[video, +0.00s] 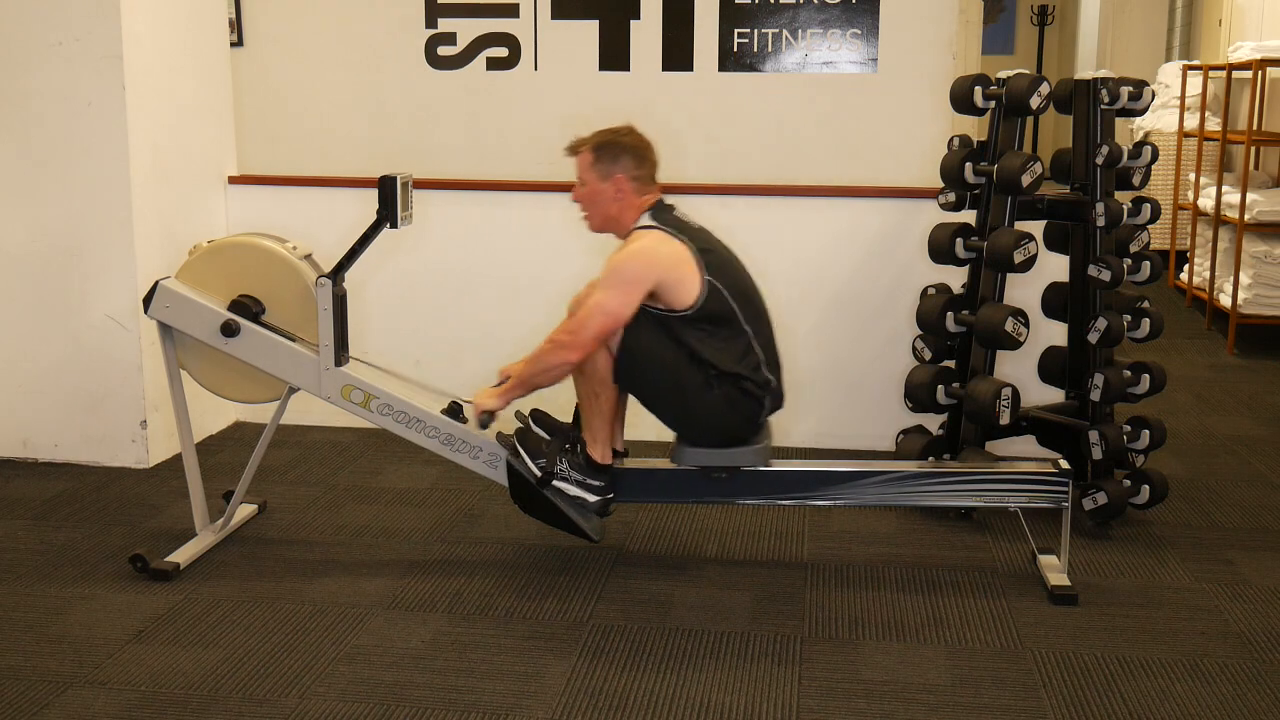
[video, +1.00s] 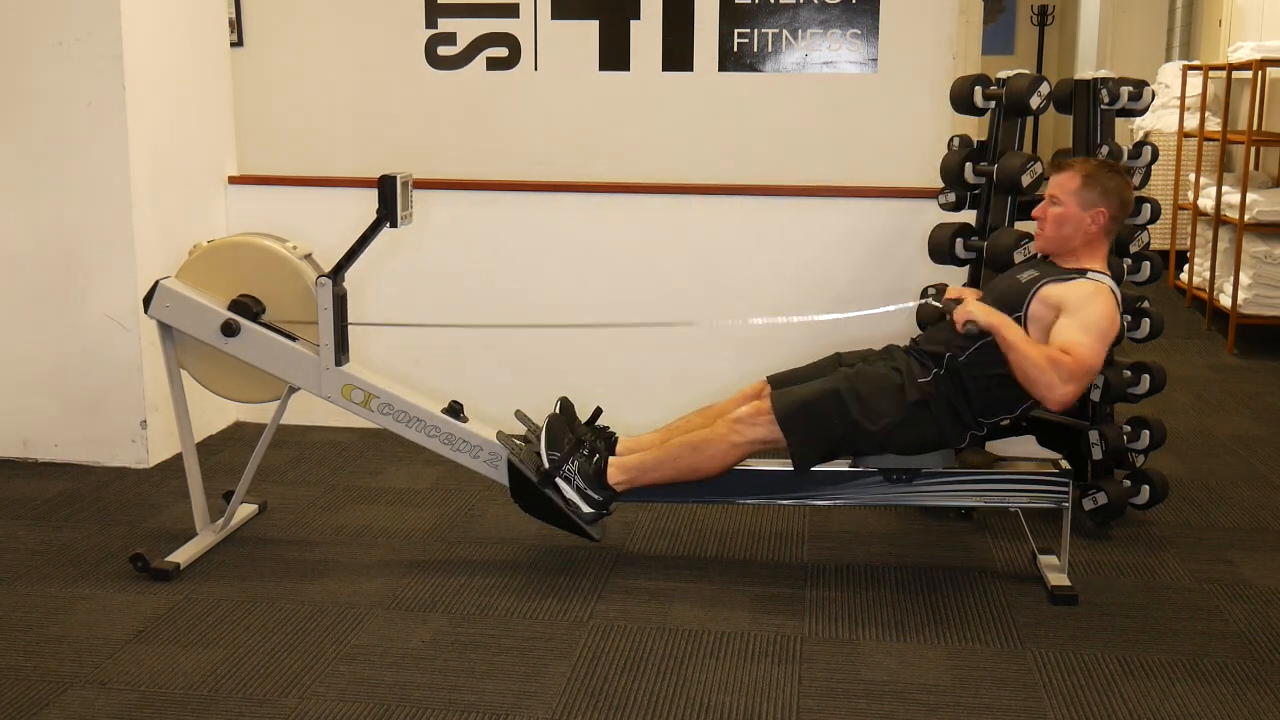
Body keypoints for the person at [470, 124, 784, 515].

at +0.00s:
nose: (574, 194)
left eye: (582, 183)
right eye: (576, 184)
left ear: (618, 187)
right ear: (622, 189)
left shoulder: (645, 249)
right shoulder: (661, 229)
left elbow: (572, 347)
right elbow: (600, 319)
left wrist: (504, 395)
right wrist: (529, 368)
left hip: (728, 415)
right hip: (736, 405)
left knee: (590, 306)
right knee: (595, 303)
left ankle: (595, 464)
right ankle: (606, 444)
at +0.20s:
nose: (570, 180)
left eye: (580, 169)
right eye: (575, 168)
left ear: (617, 180)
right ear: (619, 181)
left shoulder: (627, 241)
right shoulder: (647, 226)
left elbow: (524, 300)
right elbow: (543, 281)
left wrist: (438, 330)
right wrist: (453, 322)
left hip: (708, 411)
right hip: (718, 403)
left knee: (574, 306)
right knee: (585, 293)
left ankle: (592, 458)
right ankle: (604, 437)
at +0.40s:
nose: (681, 149)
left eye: (694, 141)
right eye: (687, 138)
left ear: (731, 154)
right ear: (732, 155)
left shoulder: (730, 223)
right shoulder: (732, 211)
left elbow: (620, 273)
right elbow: (628, 245)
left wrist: (533, 293)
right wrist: (547, 272)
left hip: (773, 405)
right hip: (769, 389)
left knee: (631, 311)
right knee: (637, 298)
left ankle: (593, 468)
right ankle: (601, 444)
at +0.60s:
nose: (840, 139)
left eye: (855, 130)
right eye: (846, 128)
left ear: (893, 147)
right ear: (884, 146)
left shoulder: (882, 221)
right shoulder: (862, 212)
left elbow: (773, 276)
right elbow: (767, 250)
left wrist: (678, 294)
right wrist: (684, 272)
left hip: (878, 398)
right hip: (858, 372)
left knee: (709, 354)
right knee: (707, 341)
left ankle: (597, 475)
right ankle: (603, 453)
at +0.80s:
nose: (991, 169)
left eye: (1006, 159)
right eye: (995, 157)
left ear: (1050, 176)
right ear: (1033, 172)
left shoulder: (1037, 250)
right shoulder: (1004, 235)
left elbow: (940, 306)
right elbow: (922, 265)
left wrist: (847, 290)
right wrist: (841, 268)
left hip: (927, 395)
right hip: (906, 367)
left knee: (750, 419)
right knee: (746, 391)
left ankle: (597, 485)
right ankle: (606, 459)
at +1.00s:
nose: (1039, 213)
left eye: (1054, 204)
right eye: (1044, 201)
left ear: (1095, 222)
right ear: (1079, 217)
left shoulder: (1093, 297)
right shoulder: (1048, 274)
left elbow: (1063, 388)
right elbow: (1015, 345)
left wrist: (994, 321)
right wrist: (970, 309)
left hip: (930, 394)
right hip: (909, 368)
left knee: (757, 423)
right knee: (752, 402)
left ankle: (599, 486)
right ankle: (605, 458)